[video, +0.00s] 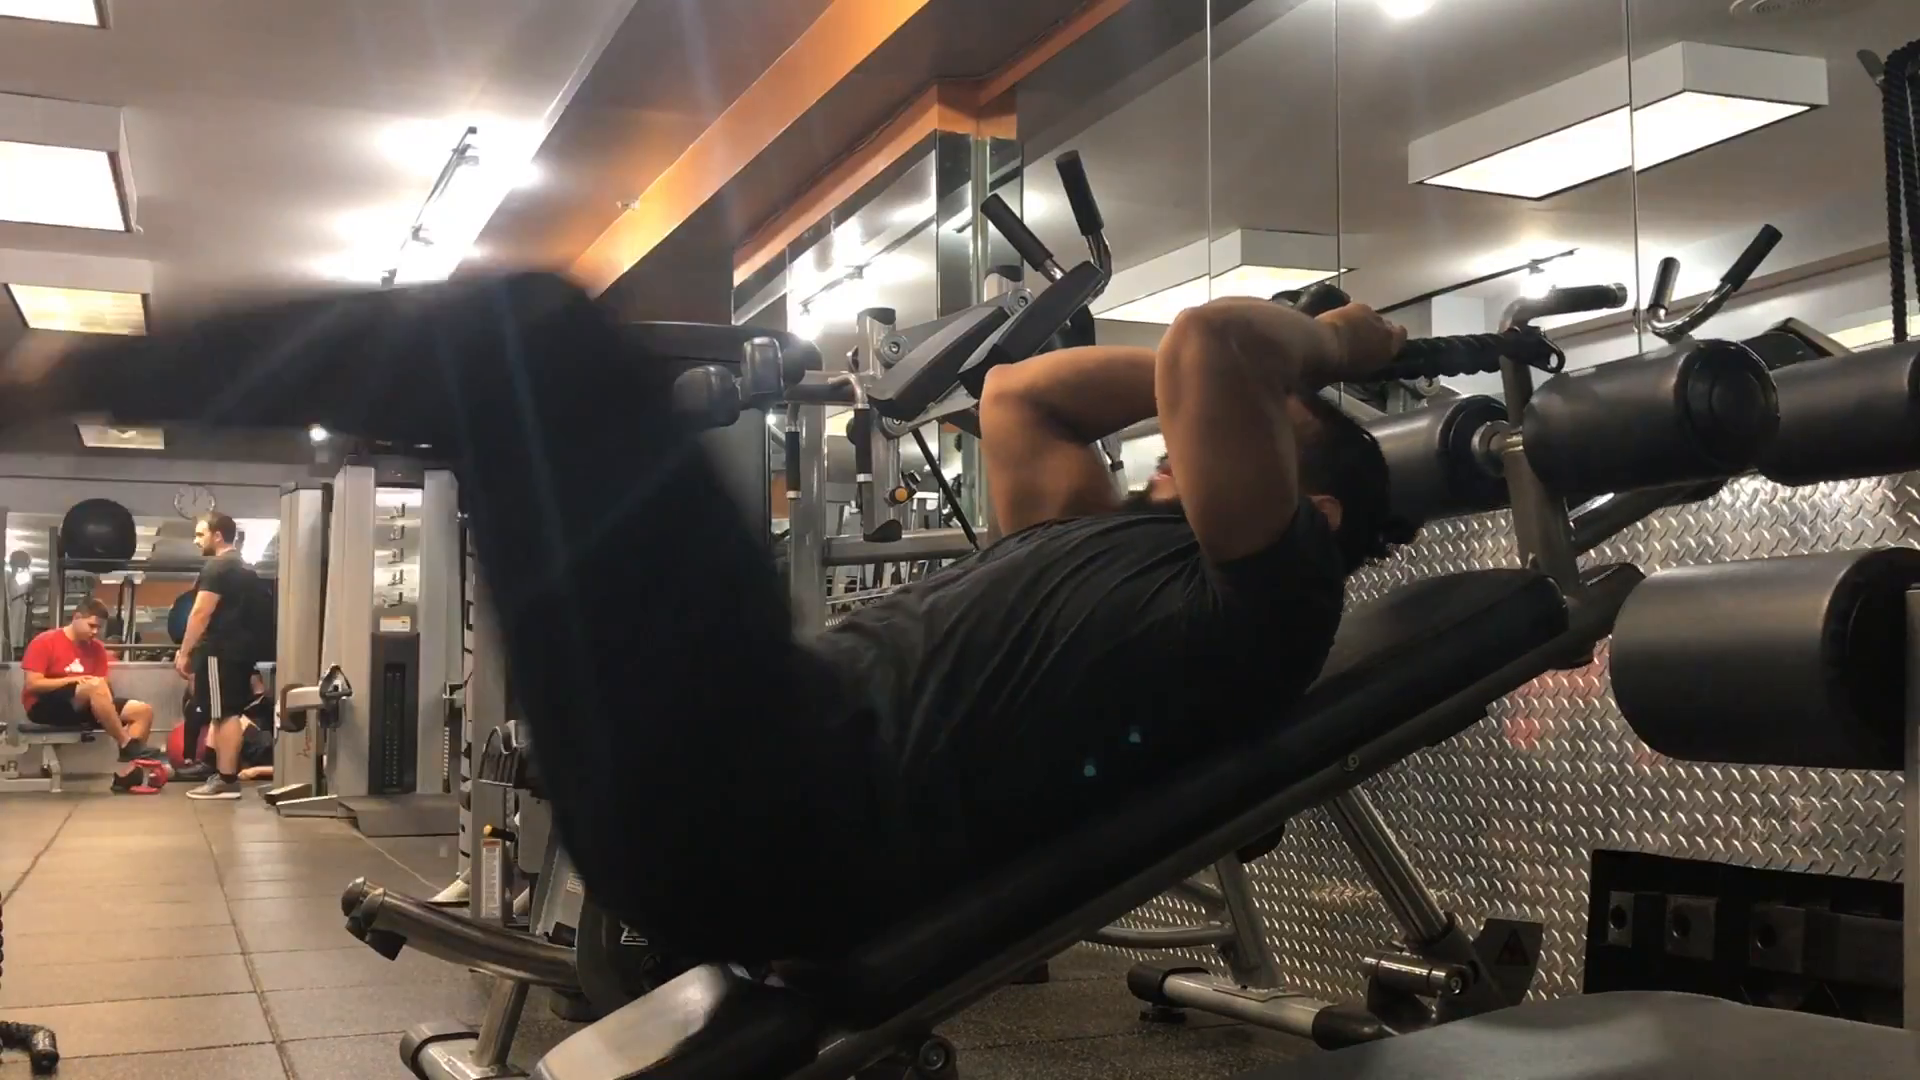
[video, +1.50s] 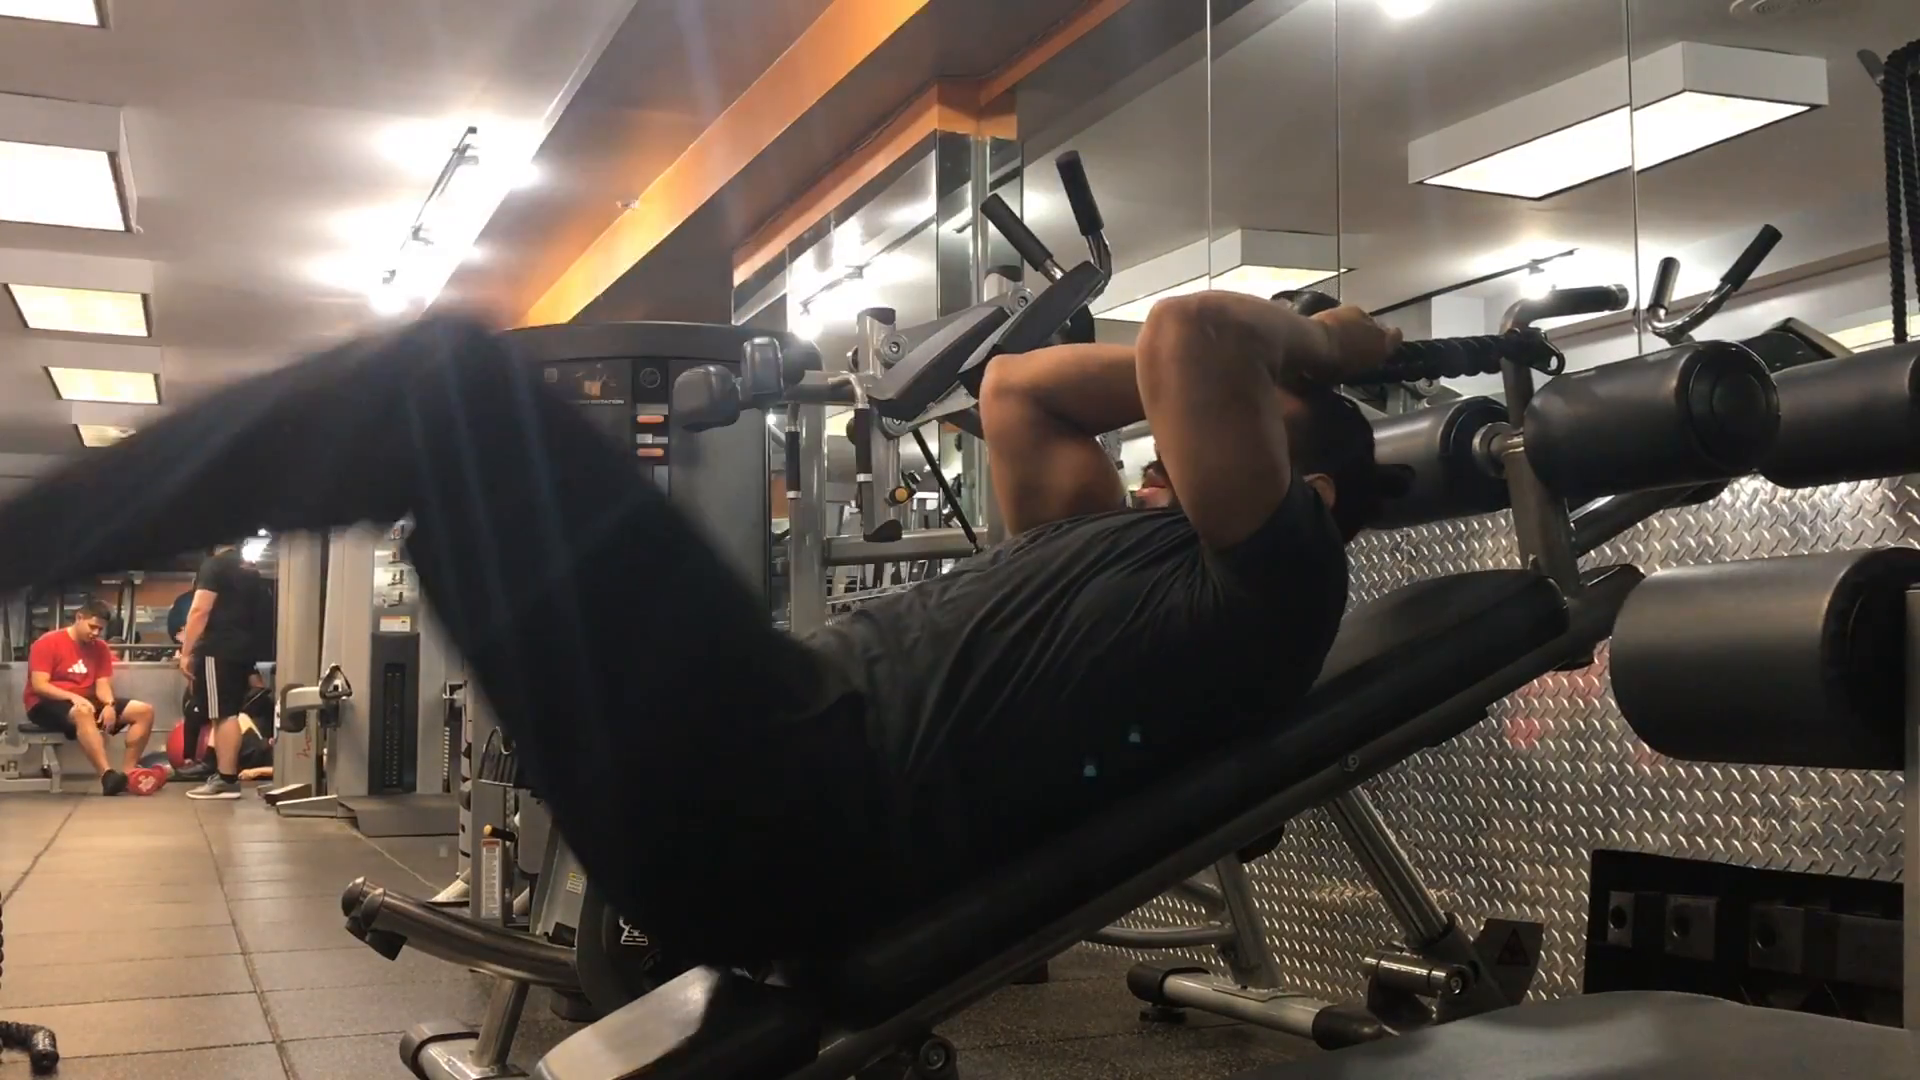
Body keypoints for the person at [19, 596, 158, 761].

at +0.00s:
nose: (95, 632)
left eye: (98, 628)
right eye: (91, 626)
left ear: (101, 627)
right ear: (76, 617)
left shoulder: (97, 648)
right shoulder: (44, 642)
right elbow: (33, 684)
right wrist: (72, 680)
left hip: (85, 706)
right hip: (45, 707)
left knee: (143, 711)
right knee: (96, 685)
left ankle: (125, 774)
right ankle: (125, 743)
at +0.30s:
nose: (95, 631)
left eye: (99, 627)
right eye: (92, 624)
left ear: (101, 626)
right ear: (76, 617)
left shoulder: (97, 648)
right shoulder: (45, 642)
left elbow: (102, 682)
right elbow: (34, 684)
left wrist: (111, 706)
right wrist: (77, 678)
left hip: (84, 705)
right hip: (45, 707)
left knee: (144, 711)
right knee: (93, 685)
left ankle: (124, 775)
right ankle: (109, 745)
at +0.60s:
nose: (94, 632)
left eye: (98, 628)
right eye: (91, 626)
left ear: (102, 627)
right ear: (76, 618)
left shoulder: (97, 649)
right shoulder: (45, 642)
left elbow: (104, 686)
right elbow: (32, 684)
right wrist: (74, 680)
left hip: (84, 707)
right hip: (45, 708)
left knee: (143, 711)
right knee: (97, 685)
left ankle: (124, 775)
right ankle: (133, 741)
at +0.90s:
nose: (95, 631)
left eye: (99, 627)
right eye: (91, 625)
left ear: (102, 626)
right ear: (76, 617)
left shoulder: (96, 648)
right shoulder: (46, 641)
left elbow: (103, 685)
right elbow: (34, 684)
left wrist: (109, 710)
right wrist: (79, 685)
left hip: (85, 707)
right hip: (45, 707)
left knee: (144, 711)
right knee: (97, 694)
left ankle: (124, 774)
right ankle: (136, 745)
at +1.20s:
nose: (95, 631)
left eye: (99, 627)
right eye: (92, 625)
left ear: (103, 627)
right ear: (78, 616)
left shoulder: (99, 648)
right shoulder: (46, 641)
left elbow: (102, 684)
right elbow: (36, 683)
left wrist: (109, 704)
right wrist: (75, 692)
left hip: (83, 703)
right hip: (46, 704)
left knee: (144, 711)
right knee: (90, 707)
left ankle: (128, 773)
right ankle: (116, 768)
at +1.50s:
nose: (95, 633)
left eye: (99, 629)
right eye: (92, 627)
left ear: (104, 629)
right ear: (78, 617)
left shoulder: (100, 648)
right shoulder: (47, 643)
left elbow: (102, 684)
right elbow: (39, 685)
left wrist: (109, 705)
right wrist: (73, 697)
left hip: (87, 703)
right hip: (47, 704)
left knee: (144, 712)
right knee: (83, 713)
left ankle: (129, 773)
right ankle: (107, 775)